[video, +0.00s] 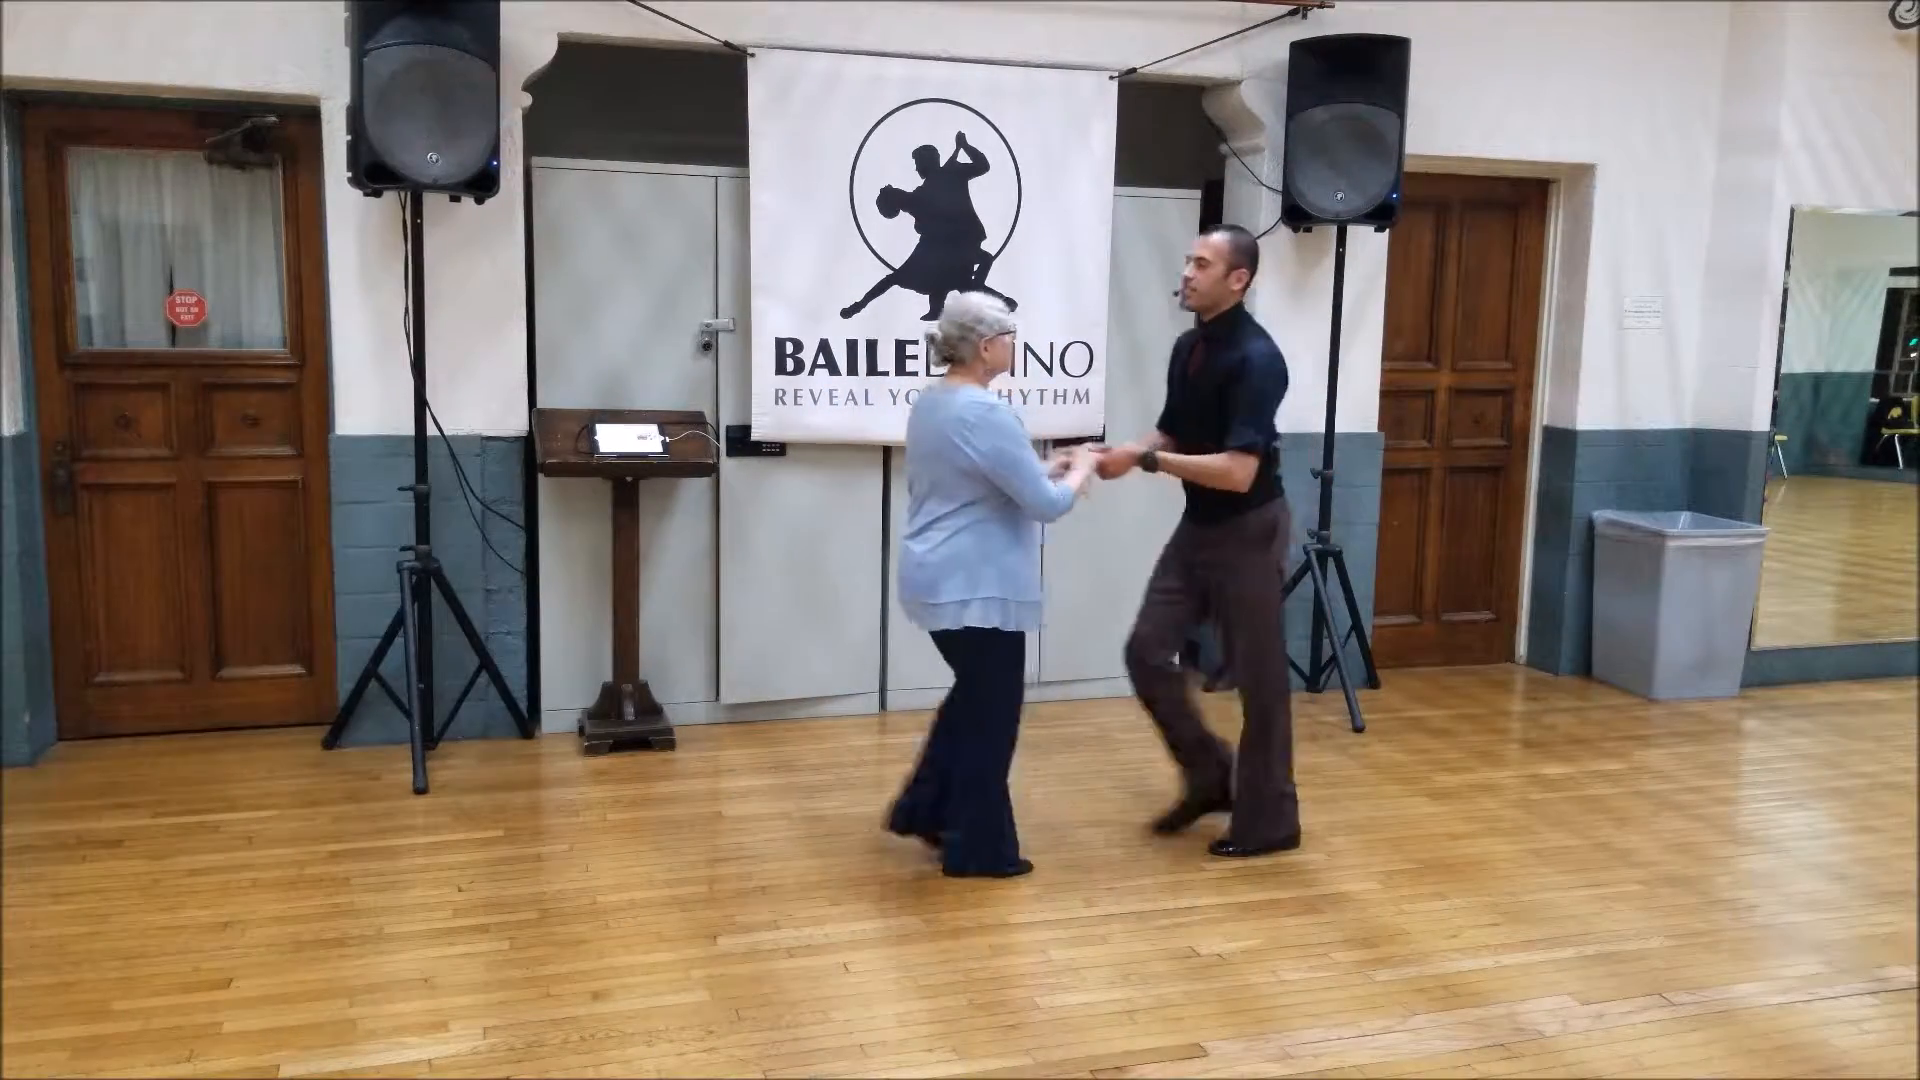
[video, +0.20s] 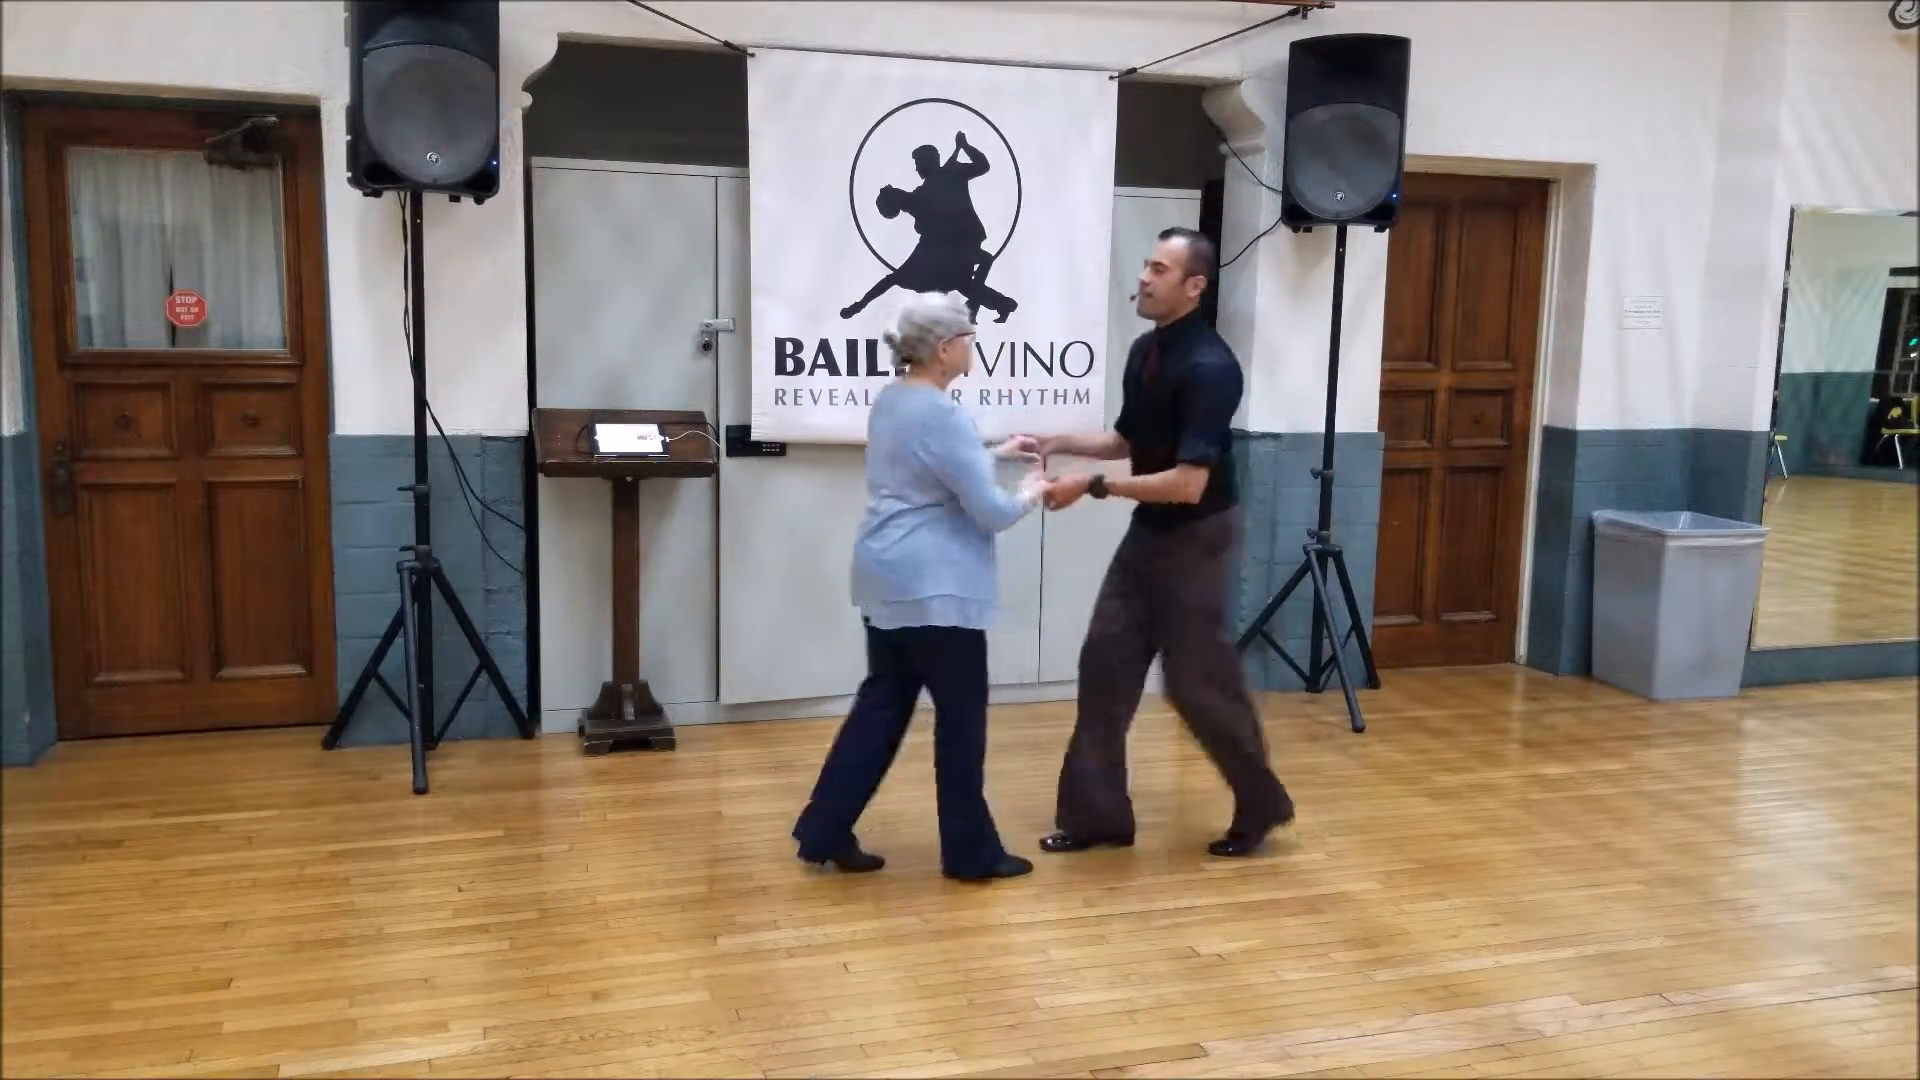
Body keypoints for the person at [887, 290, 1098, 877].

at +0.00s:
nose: (1015, 344)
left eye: (1011, 335)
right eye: (1007, 336)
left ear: (963, 346)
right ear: (981, 345)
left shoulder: (928, 405)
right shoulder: (984, 415)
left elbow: (987, 481)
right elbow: (1046, 502)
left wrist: (1046, 467)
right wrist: (1077, 476)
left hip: (935, 581)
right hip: (981, 588)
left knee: (976, 694)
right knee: (994, 712)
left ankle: (923, 807)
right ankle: (981, 847)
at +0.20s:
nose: (973, 350)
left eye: (970, 339)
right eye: (966, 341)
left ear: (923, 348)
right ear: (941, 348)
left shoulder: (888, 403)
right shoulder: (942, 415)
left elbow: (939, 471)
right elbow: (992, 511)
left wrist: (1001, 452)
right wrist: (1036, 492)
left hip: (884, 579)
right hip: (939, 584)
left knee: (884, 702)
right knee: (963, 717)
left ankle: (825, 830)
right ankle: (971, 851)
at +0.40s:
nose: (936, 350)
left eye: (933, 341)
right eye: (928, 342)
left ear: (884, 353)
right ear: (898, 351)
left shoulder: (851, 406)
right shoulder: (896, 421)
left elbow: (894, 483)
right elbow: (907, 519)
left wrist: (956, 494)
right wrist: (971, 538)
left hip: (830, 590)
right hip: (877, 596)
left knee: (842, 710)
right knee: (924, 703)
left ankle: (818, 846)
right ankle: (893, 848)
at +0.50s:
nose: (917, 350)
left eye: (915, 340)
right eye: (910, 341)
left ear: (869, 347)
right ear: (882, 346)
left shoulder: (835, 403)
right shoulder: (870, 415)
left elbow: (884, 496)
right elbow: (877, 512)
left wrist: (945, 500)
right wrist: (945, 531)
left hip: (815, 582)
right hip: (854, 589)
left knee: (827, 704)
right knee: (883, 702)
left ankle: (820, 837)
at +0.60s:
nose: (899, 347)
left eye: (896, 337)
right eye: (891, 338)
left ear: (850, 347)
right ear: (861, 345)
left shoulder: (822, 400)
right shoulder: (852, 412)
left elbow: (860, 492)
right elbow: (858, 507)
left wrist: (926, 499)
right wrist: (923, 526)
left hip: (808, 580)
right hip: (831, 588)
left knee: (821, 717)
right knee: (819, 721)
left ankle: (821, 847)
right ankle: (714, 827)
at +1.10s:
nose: (876, 351)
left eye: (874, 342)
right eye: (868, 343)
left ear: (827, 351)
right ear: (838, 350)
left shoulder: (795, 405)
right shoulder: (829, 417)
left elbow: (847, 495)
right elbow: (897, 509)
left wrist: (910, 485)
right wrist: (971, 485)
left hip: (794, 586)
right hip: (817, 594)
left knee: (813, 720)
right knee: (826, 722)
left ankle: (788, 846)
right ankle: (720, 827)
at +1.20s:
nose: (885, 348)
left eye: (883, 339)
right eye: (878, 339)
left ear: (834, 346)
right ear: (852, 346)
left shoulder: (799, 403)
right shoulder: (847, 416)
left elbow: (867, 473)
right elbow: (928, 494)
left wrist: (933, 470)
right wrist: (1005, 465)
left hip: (786, 585)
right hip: (837, 591)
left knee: (798, 711)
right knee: (877, 699)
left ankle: (776, 849)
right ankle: (806, 842)